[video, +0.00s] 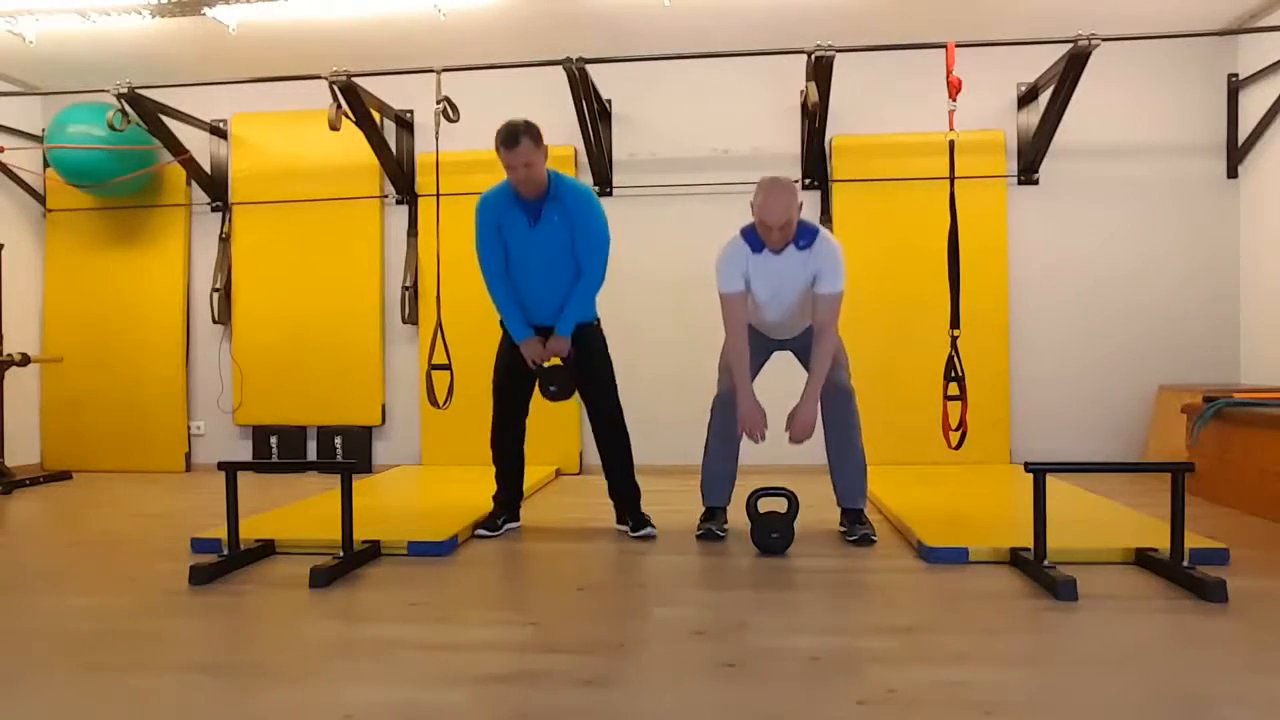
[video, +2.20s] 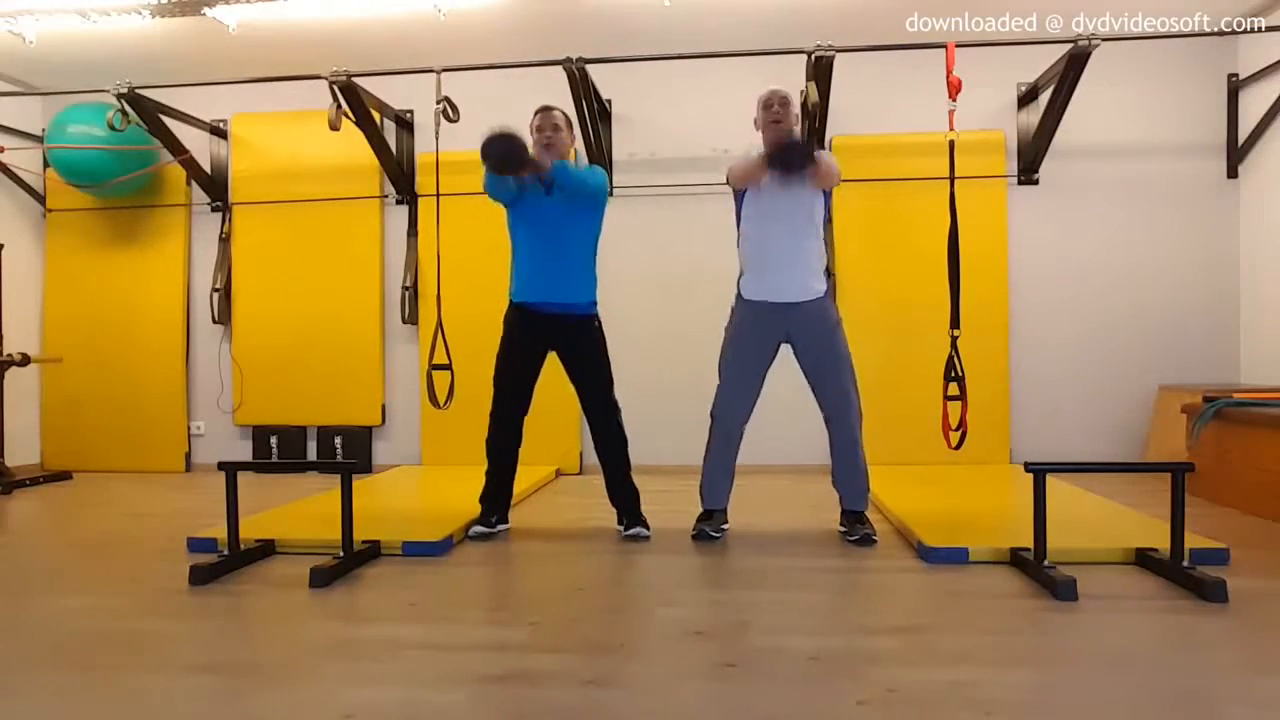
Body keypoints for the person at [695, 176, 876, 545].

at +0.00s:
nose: (775, 236)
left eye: (784, 226)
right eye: (766, 227)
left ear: (799, 211)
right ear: (753, 211)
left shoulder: (825, 250)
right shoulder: (734, 254)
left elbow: (826, 331)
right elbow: (736, 332)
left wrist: (809, 403)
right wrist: (745, 397)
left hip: (809, 333)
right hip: (754, 334)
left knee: (840, 395)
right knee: (726, 401)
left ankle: (853, 510)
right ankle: (715, 508)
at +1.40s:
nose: (776, 178)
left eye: (785, 170)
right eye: (769, 172)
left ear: (804, 178)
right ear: (761, 183)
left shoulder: (832, 234)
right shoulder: (746, 237)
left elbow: (822, 312)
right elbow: (751, 314)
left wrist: (807, 377)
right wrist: (768, 377)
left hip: (814, 337)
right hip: (757, 336)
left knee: (853, 401)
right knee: (723, 406)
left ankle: (854, 512)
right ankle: (713, 512)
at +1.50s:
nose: (774, 149)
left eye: (783, 141)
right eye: (767, 143)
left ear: (801, 150)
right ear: (759, 154)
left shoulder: (828, 205)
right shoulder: (746, 209)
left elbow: (824, 275)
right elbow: (754, 278)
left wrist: (810, 332)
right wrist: (769, 331)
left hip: (815, 322)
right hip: (757, 323)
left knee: (853, 403)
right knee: (724, 407)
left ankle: (854, 512)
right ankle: (713, 512)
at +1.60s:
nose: (775, 132)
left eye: (782, 124)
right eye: (767, 126)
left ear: (797, 129)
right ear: (757, 132)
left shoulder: (824, 176)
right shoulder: (745, 179)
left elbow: (823, 225)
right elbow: (752, 228)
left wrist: (807, 267)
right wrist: (774, 269)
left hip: (812, 312)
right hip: (756, 312)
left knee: (849, 404)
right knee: (727, 405)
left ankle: (854, 512)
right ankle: (713, 511)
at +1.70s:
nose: (772, 127)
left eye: (779, 120)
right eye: (765, 121)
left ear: (795, 124)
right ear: (755, 127)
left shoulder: (818, 162)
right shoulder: (745, 171)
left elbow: (827, 181)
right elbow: (741, 188)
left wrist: (784, 189)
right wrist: (778, 195)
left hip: (811, 306)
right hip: (755, 308)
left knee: (843, 407)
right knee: (730, 409)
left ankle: (854, 512)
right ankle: (713, 511)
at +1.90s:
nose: (785, 126)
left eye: (792, 119)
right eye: (778, 119)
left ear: (805, 117)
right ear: (761, 115)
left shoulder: (819, 162)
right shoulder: (744, 166)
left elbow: (825, 165)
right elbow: (738, 167)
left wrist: (811, 116)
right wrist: (755, 120)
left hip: (811, 301)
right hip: (754, 303)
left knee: (839, 407)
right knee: (732, 408)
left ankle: (854, 513)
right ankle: (713, 511)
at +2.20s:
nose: (777, 112)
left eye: (784, 106)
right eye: (769, 107)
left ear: (798, 118)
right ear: (757, 120)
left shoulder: (818, 161)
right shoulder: (746, 167)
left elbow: (830, 177)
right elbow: (739, 177)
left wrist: (805, 159)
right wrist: (771, 157)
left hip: (813, 308)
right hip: (755, 309)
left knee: (843, 409)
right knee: (728, 411)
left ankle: (854, 512)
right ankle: (713, 511)